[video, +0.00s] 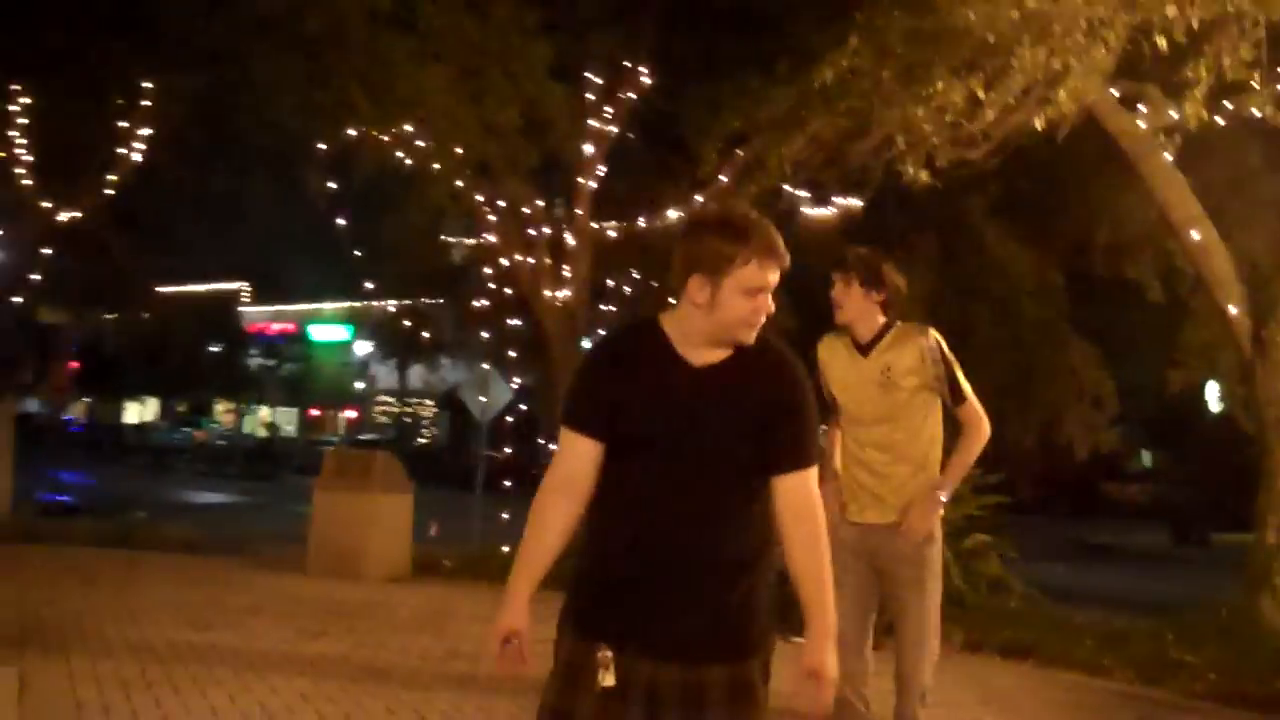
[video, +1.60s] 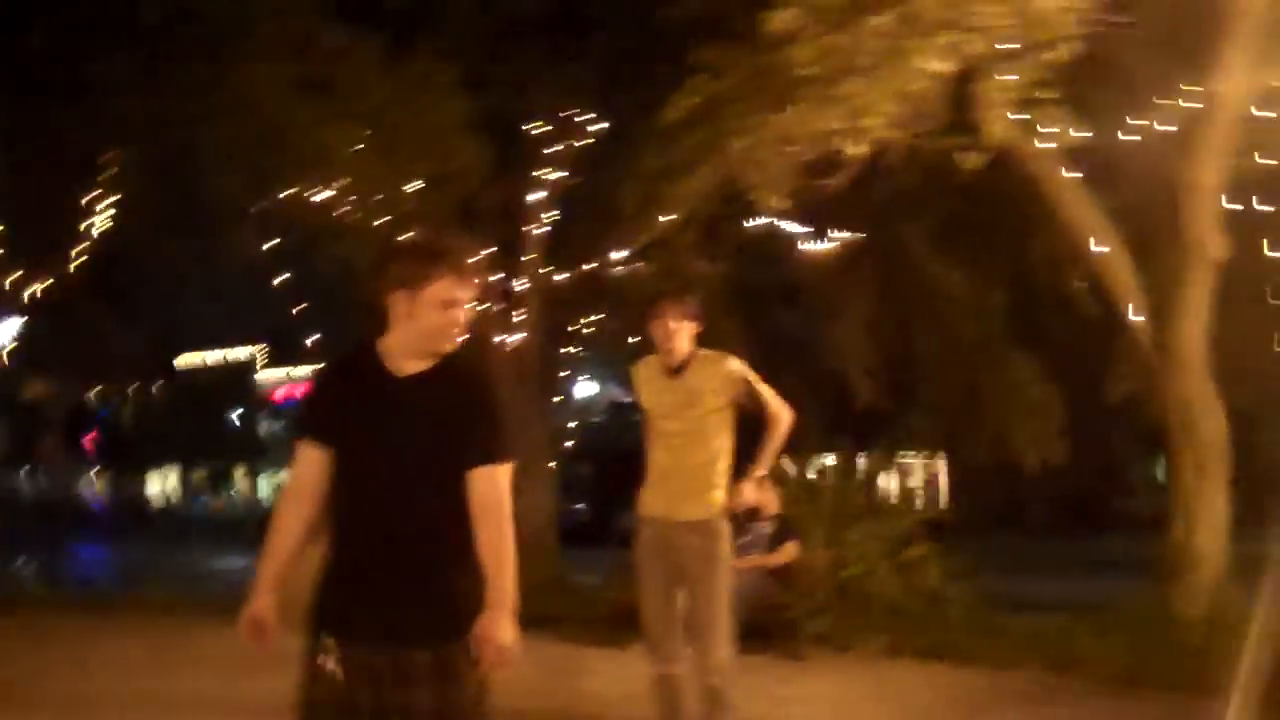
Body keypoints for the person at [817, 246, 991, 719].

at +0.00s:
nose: (834, 295)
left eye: (845, 285)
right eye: (835, 285)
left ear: (877, 294)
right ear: (843, 292)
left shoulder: (923, 346)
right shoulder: (829, 350)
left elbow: (977, 425)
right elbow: (833, 420)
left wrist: (937, 497)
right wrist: (831, 478)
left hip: (913, 530)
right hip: (850, 529)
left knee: (914, 673)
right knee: (846, 665)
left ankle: (909, 715)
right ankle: (850, 714)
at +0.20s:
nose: (871, 348)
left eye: (880, 338)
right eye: (871, 337)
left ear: (912, 347)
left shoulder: (955, 396)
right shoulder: (865, 395)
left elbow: (1005, 485)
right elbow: (865, 471)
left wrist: (966, 551)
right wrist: (858, 540)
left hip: (933, 575)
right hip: (872, 571)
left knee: (922, 706)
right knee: (864, 703)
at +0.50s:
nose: (848, 371)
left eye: (859, 364)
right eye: (849, 361)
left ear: (887, 378)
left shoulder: (924, 428)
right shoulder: (834, 410)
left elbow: (976, 493)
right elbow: (829, 468)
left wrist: (923, 544)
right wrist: (821, 514)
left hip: (888, 577)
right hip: (830, 567)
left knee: (874, 697)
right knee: (812, 687)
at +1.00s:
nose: (839, 343)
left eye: (850, 334)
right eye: (832, 332)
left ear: (868, 343)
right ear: (819, 339)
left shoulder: (892, 393)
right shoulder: (801, 385)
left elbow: (930, 468)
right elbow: (790, 445)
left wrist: (895, 527)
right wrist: (782, 506)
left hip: (858, 555)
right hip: (800, 547)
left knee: (848, 684)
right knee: (792, 677)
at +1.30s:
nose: (793, 326)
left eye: (802, 316)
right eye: (786, 315)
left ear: (821, 321)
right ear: (775, 321)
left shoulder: (850, 364)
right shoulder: (765, 367)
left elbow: (906, 408)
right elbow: (770, 417)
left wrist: (878, 473)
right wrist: (764, 465)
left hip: (831, 519)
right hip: (777, 515)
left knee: (830, 639)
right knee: (777, 632)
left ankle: (829, 713)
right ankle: (784, 713)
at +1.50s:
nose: (728, 312)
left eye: (738, 302)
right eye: (721, 301)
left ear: (757, 305)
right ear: (710, 306)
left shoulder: (784, 346)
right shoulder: (700, 351)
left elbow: (842, 387)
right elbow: (708, 408)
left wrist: (811, 452)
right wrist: (702, 458)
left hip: (761, 499)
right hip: (707, 498)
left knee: (757, 618)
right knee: (707, 616)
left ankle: (757, 710)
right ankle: (713, 709)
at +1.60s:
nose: (667, 332)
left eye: (676, 323)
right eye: (660, 322)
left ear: (695, 328)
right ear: (649, 330)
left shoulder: (724, 369)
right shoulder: (643, 373)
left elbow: (781, 414)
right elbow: (652, 427)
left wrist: (755, 478)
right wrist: (651, 482)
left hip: (706, 523)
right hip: (654, 522)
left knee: (712, 645)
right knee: (660, 642)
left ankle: (716, 712)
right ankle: (671, 714)